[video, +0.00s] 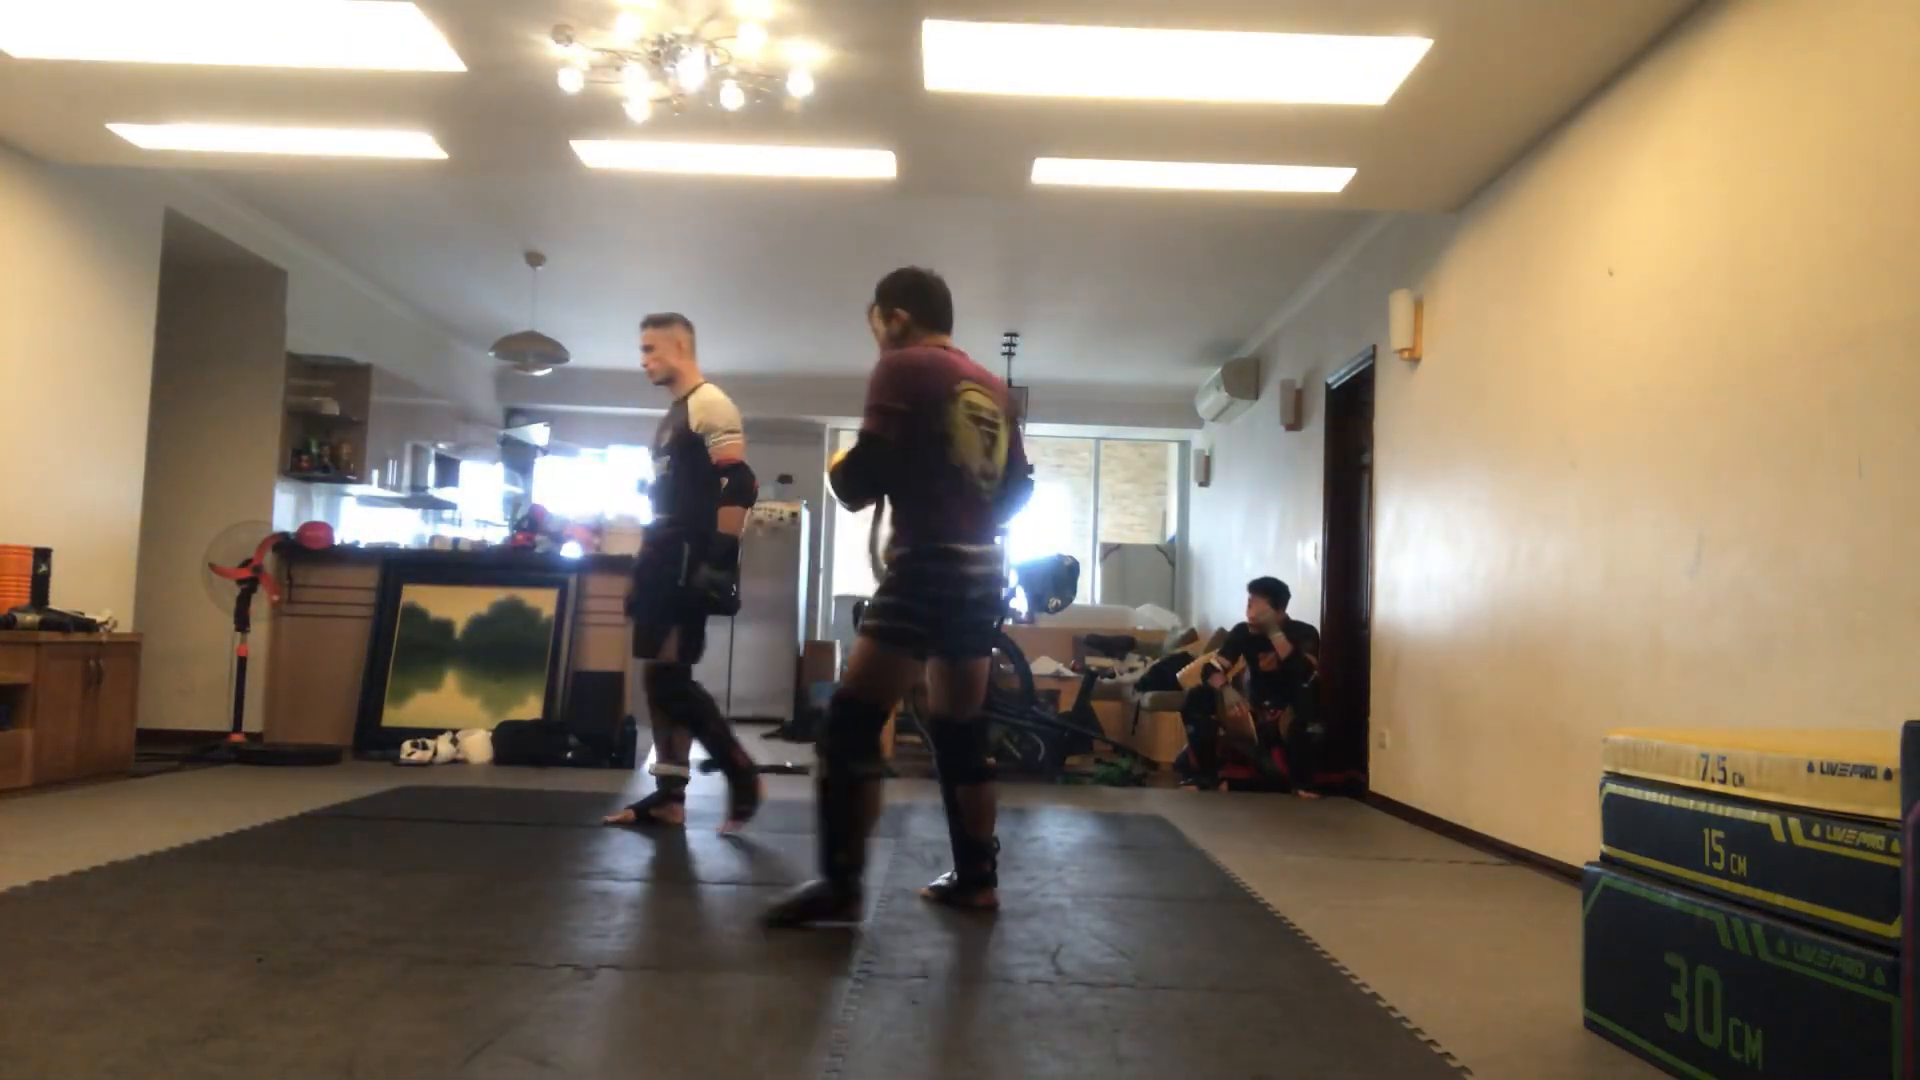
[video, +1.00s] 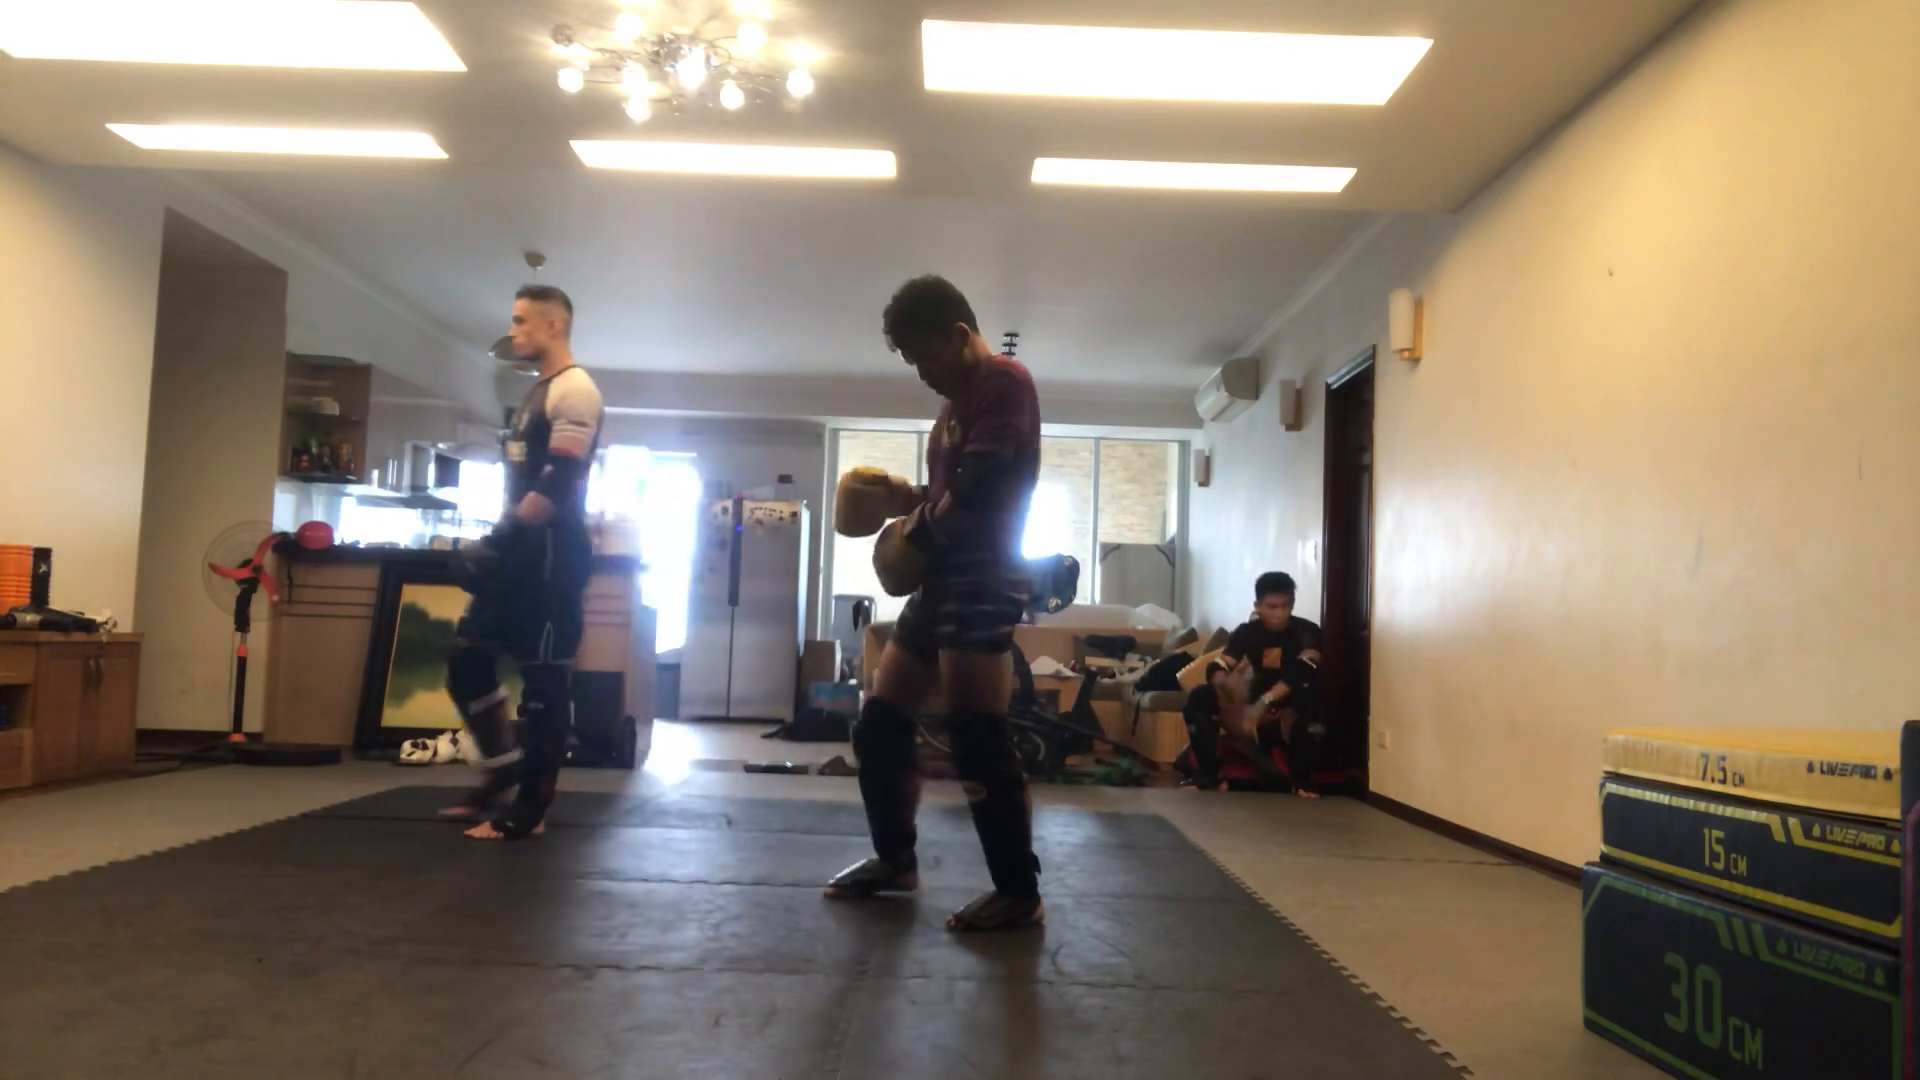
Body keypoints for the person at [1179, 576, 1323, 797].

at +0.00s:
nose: (1248, 611)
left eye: (1255, 604)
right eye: (1249, 604)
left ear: (1278, 610)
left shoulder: (1304, 632)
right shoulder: (1243, 632)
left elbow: (1304, 675)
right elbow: (1215, 667)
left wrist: (1273, 632)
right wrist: (1222, 686)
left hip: (1290, 712)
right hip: (1251, 712)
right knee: (1198, 698)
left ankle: (1302, 782)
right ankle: (1207, 776)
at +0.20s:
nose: (1250, 612)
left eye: (1257, 606)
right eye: (1250, 604)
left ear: (1279, 611)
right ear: (1249, 605)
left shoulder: (1304, 633)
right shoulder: (1243, 632)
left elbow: (1307, 675)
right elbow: (1214, 668)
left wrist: (1275, 632)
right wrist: (1227, 693)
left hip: (1289, 718)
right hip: (1250, 717)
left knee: (1309, 695)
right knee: (1198, 697)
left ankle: (1303, 783)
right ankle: (1208, 778)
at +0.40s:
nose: (1251, 610)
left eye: (1259, 604)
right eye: (1249, 603)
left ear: (1279, 610)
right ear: (1246, 604)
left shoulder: (1304, 632)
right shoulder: (1243, 633)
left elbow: (1311, 672)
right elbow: (1215, 667)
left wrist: (1274, 637)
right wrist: (1224, 687)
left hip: (1291, 717)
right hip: (1251, 717)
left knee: (1310, 697)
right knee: (1198, 698)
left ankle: (1303, 781)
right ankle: (1207, 777)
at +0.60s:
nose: (1252, 605)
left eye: (1261, 599)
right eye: (1251, 598)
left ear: (1281, 605)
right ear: (1248, 600)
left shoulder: (1305, 632)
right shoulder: (1243, 632)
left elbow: (1315, 674)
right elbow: (1216, 670)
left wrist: (1263, 681)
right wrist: (1224, 689)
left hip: (1288, 717)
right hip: (1246, 718)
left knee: (1311, 701)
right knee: (1198, 698)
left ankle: (1302, 781)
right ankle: (1207, 776)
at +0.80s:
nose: (1268, 607)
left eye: (1275, 600)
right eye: (1262, 601)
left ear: (1288, 603)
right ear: (1253, 603)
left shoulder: (1305, 631)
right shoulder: (1245, 633)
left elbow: (1310, 668)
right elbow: (1217, 667)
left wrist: (1268, 697)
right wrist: (1220, 683)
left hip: (1289, 711)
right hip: (1247, 709)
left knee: (1311, 703)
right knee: (1198, 698)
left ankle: (1302, 781)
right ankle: (1207, 776)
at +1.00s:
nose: (1279, 613)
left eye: (1285, 606)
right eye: (1272, 606)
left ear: (1292, 605)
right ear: (1258, 607)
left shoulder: (1307, 632)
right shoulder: (1246, 632)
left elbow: (1302, 673)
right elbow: (1219, 667)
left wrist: (1263, 703)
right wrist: (1224, 688)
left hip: (1290, 697)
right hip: (1247, 695)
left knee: (1311, 709)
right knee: (1198, 699)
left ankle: (1302, 781)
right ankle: (1208, 776)